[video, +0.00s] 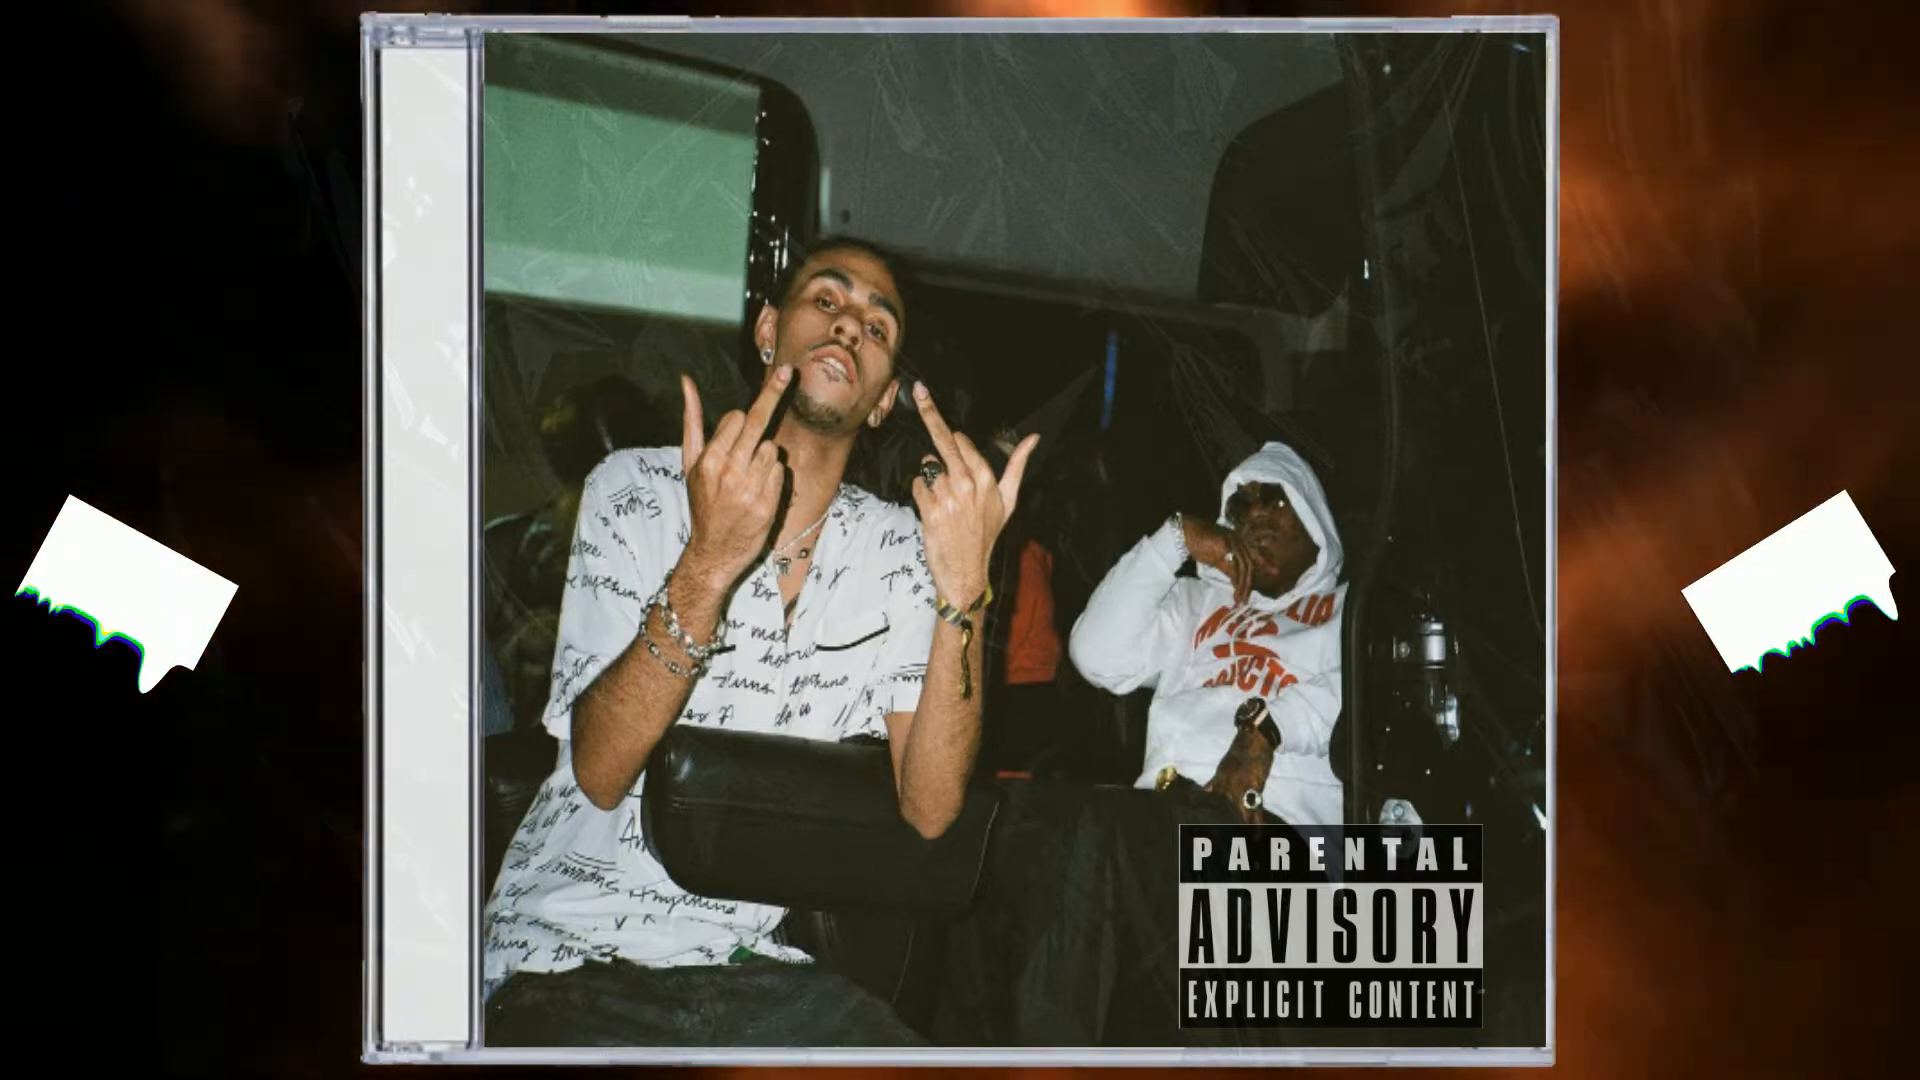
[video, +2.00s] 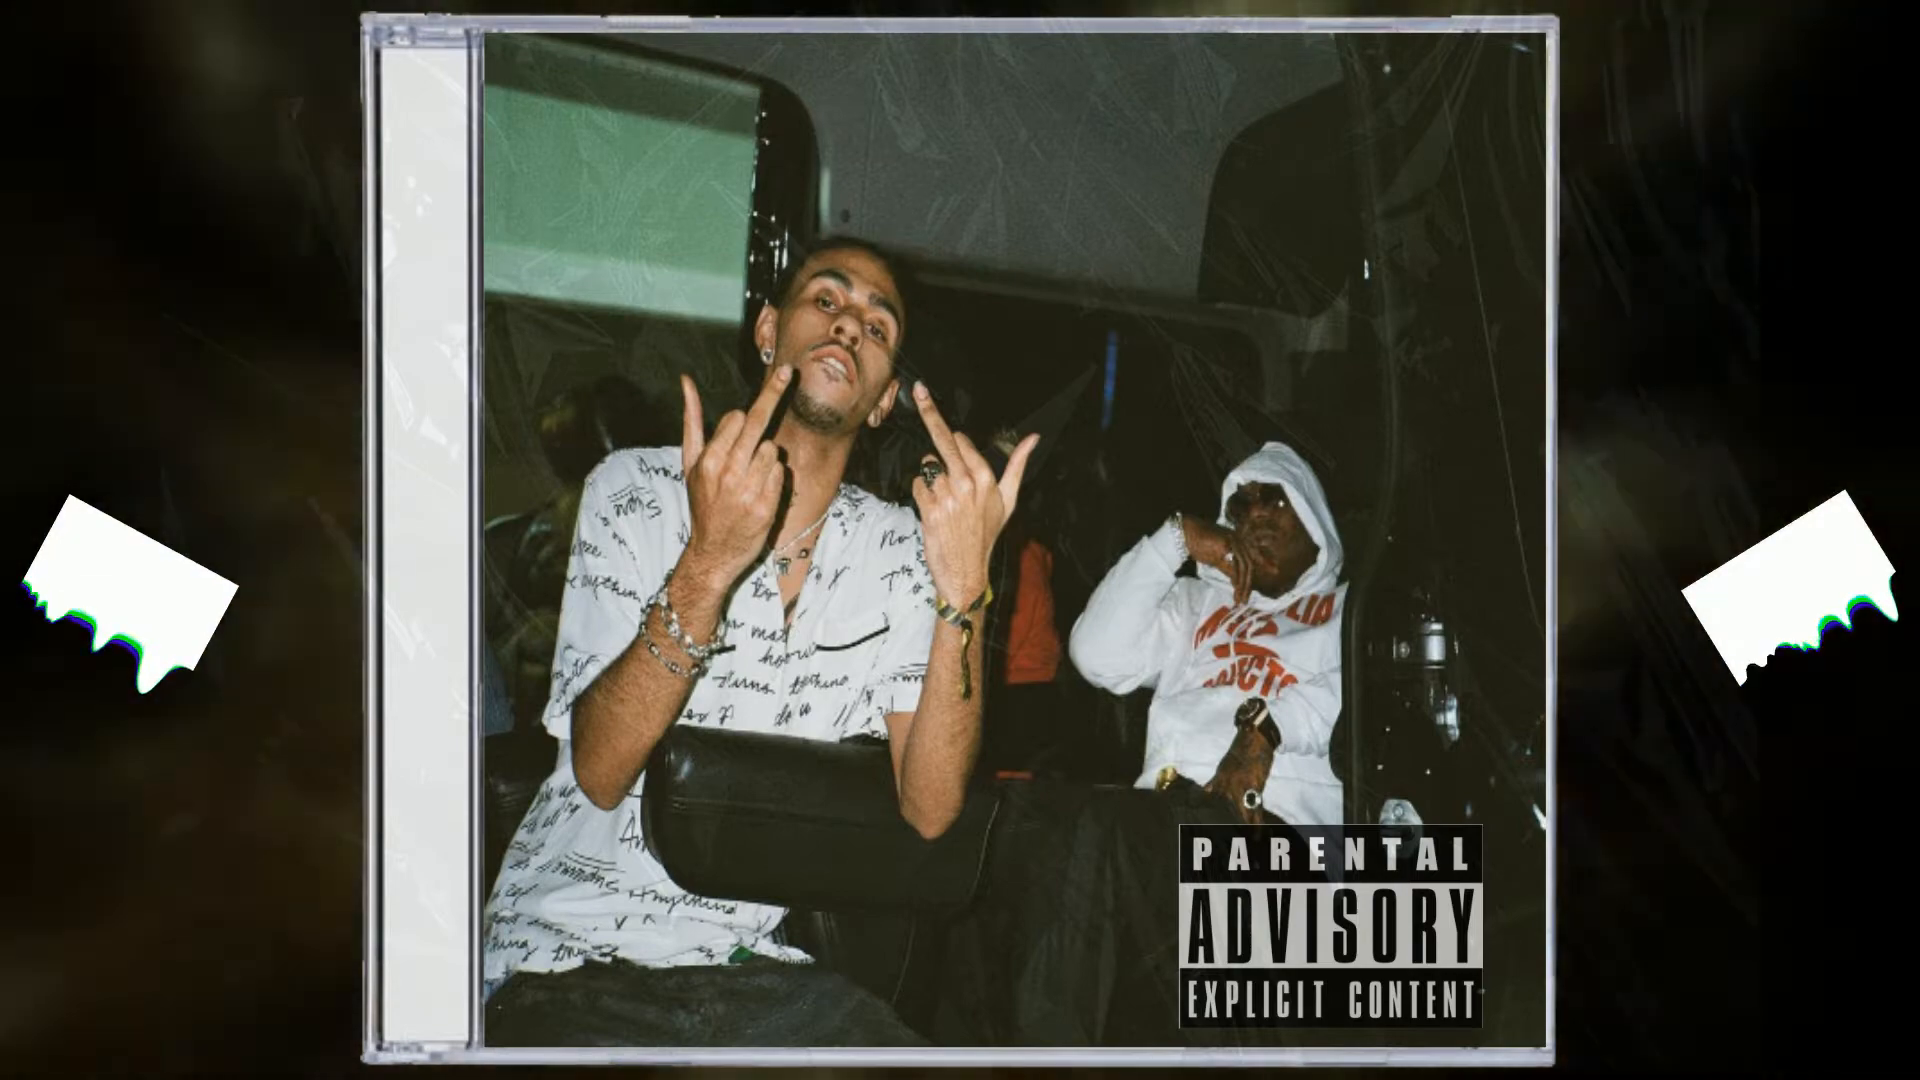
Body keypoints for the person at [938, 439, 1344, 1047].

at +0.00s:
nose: (1259, 519)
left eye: (1279, 502)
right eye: (1246, 503)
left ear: (1318, 522)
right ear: (1228, 523)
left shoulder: (1351, 606)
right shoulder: (1198, 599)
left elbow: (1348, 705)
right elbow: (1099, 658)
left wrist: (1272, 727)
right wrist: (1176, 539)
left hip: (1285, 817)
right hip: (1165, 807)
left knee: (1103, 824)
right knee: (1028, 811)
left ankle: (1052, 1054)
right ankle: (967, 1048)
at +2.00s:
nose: (1258, 518)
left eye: (1278, 501)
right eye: (1245, 503)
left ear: (1318, 521)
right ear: (1227, 523)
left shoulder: (1351, 607)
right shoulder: (1198, 601)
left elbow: (1342, 703)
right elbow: (1099, 657)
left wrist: (1268, 726)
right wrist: (1177, 539)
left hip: (1282, 817)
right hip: (1166, 806)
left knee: (1101, 824)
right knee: (1025, 809)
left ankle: (1052, 1053)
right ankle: (969, 1046)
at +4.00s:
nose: (1259, 517)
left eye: (1279, 501)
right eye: (1245, 502)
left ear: (1318, 521)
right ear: (1227, 523)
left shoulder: (1351, 606)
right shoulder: (1197, 601)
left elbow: (1356, 700)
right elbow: (1099, 658)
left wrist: (1269, 726)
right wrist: (1177, 539)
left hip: (1284, 817)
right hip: (1165, 807)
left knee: (1099, 825)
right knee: (1024, 810)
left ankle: (1052, 1053)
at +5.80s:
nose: (1260, 516)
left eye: (1280, 501)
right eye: (1246, 502)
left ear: (1319, 522)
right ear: (1227, 523)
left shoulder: (1351, 606)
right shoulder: (1196, 601)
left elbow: (1351, 705)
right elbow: (1099, 658)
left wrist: (1267, 725)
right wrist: (1176, 539)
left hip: (1285, 818)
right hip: (1164, 807)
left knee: (1094, 827)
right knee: (1026, 811)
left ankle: (1051, 1052)